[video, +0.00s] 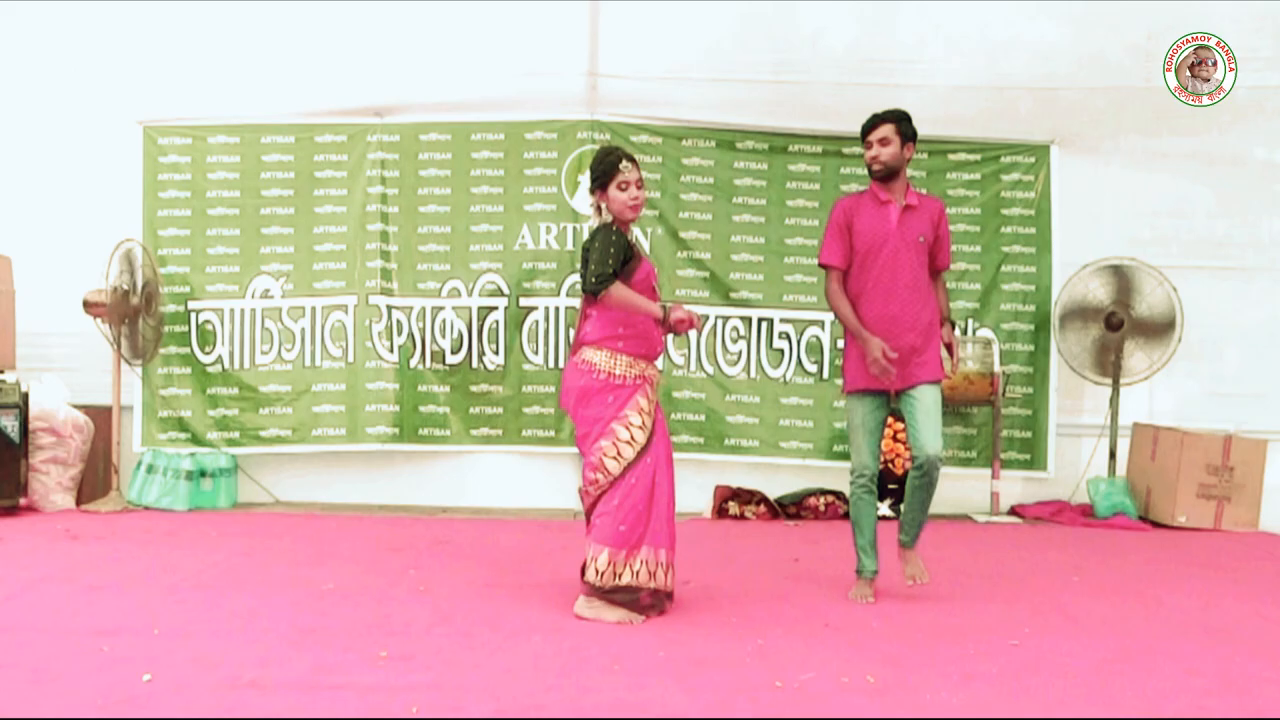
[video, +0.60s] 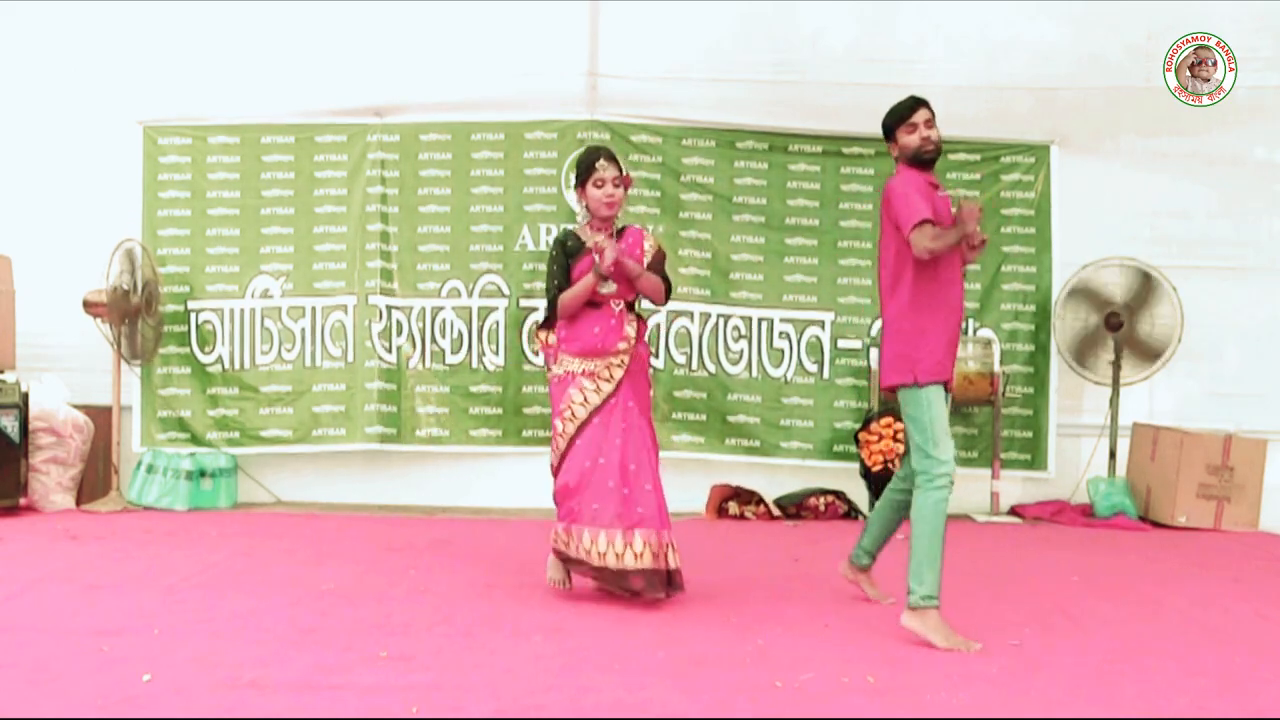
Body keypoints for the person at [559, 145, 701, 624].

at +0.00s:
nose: (636, 194)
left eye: (640, 185)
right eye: (624, 187)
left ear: (644, 189)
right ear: (600, 196)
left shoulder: (627, 241)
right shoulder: (608, 237)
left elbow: (626, 304)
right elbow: (599, 286)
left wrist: (668, 315)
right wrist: (661, 312)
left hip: (625, 375)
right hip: (605, 376)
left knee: (645, 470)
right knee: (627, 473)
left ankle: (621, 583)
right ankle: (597, 591)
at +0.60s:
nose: (610, 193)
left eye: (616, 184)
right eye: (599, 185)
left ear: (625, 189)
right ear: (581, 192)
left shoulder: (639, 241)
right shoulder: (567, 244)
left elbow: (662, 293)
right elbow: (559, 309)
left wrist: (626, 266)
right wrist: (594, 275)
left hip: (626, 359)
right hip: (576, 362)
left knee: (629, 453)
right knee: (583, 456)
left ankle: (635, 561)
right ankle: (565, 551)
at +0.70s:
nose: (604, 193)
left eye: (611, 184)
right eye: (593, 185)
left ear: (620, 189)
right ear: (576, 193)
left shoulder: (637, 242)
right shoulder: (560, 248)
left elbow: (654, 299)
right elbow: (543, 313)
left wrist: (615, 276)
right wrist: (576, 288)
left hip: (623, 363)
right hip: (572, 365)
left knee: (621, 455)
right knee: (570, 456)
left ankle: (616, 559)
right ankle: (557, 539)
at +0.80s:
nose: (596, 202)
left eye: (603, 194)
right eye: (585, 194)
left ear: (612, 200)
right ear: (568, 202)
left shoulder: (630, 255)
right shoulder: (552, 259)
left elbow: (661, 309)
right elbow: (526, 308)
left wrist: (634, 307)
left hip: (618, 378)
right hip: (566, 379)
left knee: (616, 466)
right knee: (571, 466)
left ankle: (620, 566)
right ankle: (578, 563)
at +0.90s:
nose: (592, 204)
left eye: (599, 196)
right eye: (582, 196)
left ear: (609, 203)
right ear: (565, 205)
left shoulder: (629, 256)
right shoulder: (549, 259)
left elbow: (662, 296)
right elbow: (510, 309)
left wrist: (681, 293)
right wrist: (476, 307)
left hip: (617, 376)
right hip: (564, 378)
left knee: (613, 464)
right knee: (565, 466)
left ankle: (609, 562)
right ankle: (569, 561)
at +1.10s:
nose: (597, 190)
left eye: (603, 182)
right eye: (585, 183)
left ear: (613, 188)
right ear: (567, 192)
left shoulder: (629, 239)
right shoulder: (555, 241)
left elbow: (659, 283)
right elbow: (514, 282)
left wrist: (699, 268)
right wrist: (497, 285)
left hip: (620, 368)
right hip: (569, 369)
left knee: (623, 459)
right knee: (575, 460)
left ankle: (614, 562)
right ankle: (579, 562)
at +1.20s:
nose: (605, 202)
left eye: (611, 193)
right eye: (593, 194)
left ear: (619, 198)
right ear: (575, 204)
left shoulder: (636, 256)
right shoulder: (568, 258)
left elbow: (642, 314)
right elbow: (543, 320)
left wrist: (669, 312)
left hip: (624, 381)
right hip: (575, 383)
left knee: (631, 465)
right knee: (583, 471)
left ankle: (610, 563)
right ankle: (548, 547)